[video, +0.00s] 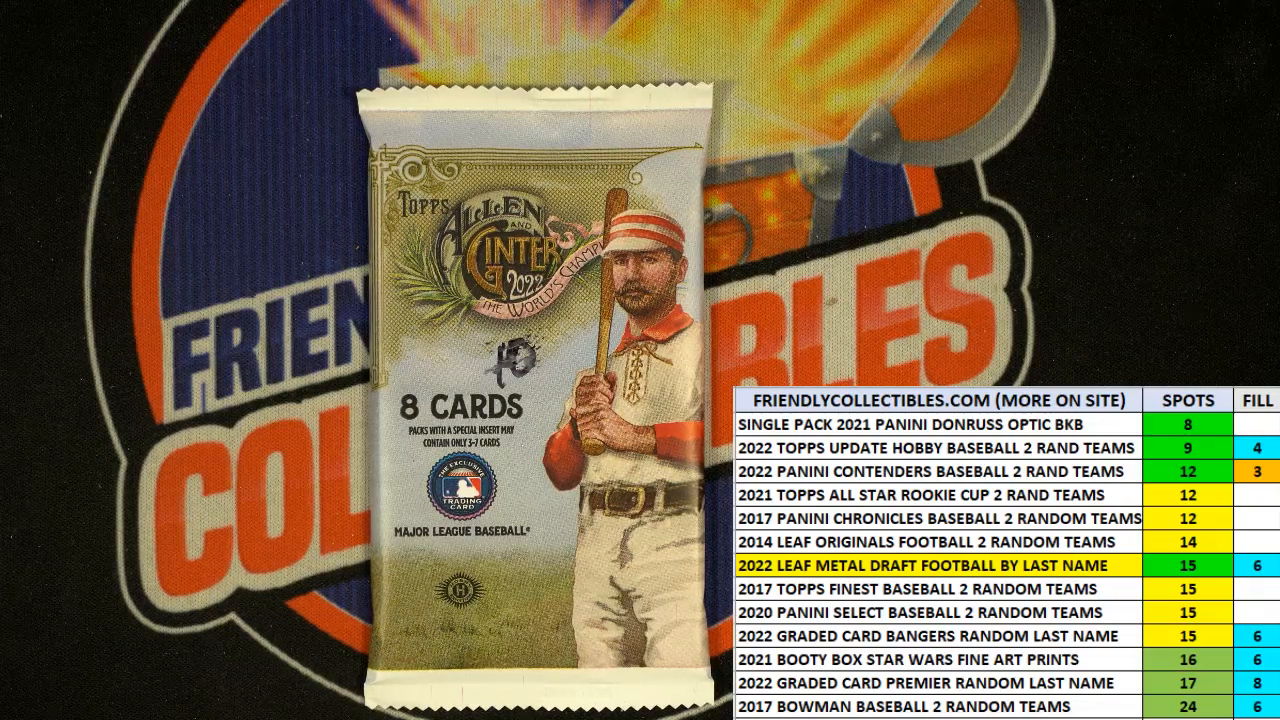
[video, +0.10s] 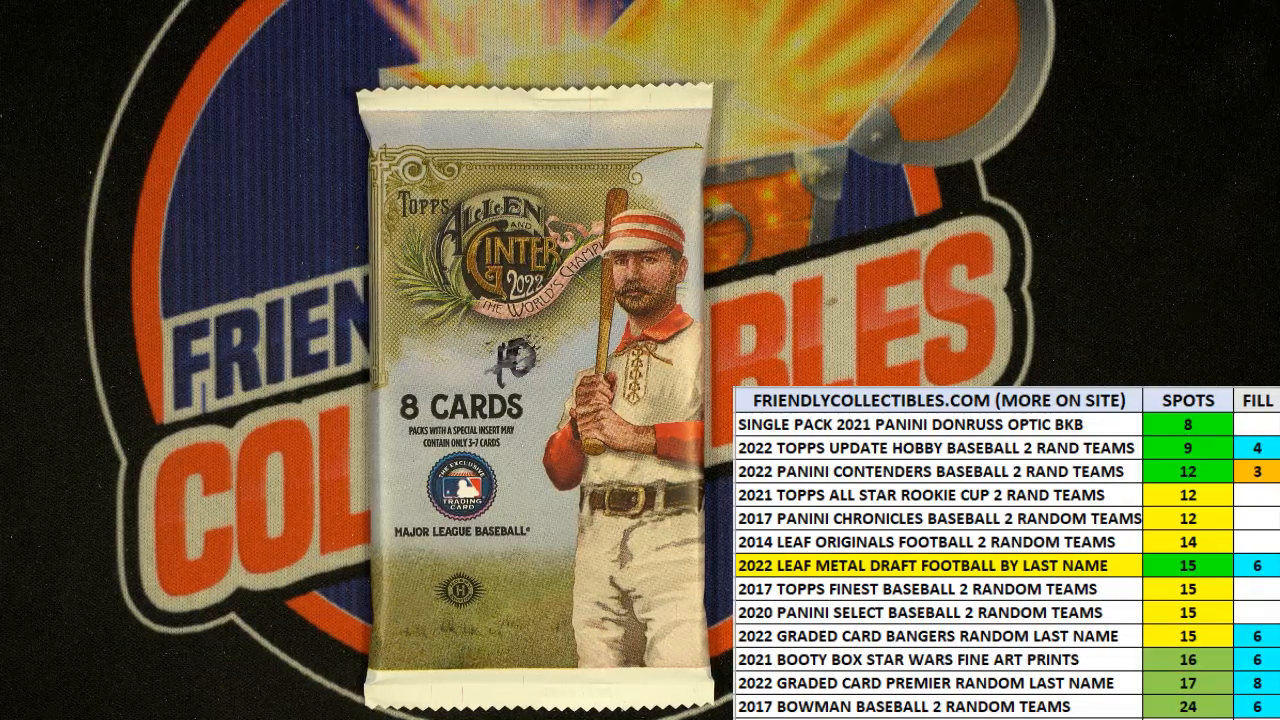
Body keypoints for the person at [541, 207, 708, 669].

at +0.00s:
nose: (631, 274)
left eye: (648, 259)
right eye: (620, 261)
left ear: (678, 270)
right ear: (609, 273)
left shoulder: (705, 346)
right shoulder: (604, 366)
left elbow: (724, 438)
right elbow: (561, 476)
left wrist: (632, 436)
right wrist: (577, 420)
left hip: (673, 530)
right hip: (597, 531)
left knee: (679, 685)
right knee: (601, 690)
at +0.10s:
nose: (631, 274)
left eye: (648, 259)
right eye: (620, 260)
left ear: (678, 270)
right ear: (608, 272)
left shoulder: (705, 346)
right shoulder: (605, 366)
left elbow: (725, 439)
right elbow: (561, 476)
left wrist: (635, 436)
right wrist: (577, 420)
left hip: (674, 530)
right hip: (597, 532)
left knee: (679, 687)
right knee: (601, 691)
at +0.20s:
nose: (631, 274)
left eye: (647, 259)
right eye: (620, 261)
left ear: (678, 270)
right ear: (609, 273)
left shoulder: (705, 346)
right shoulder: (604, 366)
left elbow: (725, 438)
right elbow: (560, 476)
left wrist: (634, 436)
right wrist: (577, 420)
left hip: (674, 530)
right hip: (597, 531)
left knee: (679, 685)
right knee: (600, 689)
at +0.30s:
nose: (631, 274)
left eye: (647, 259)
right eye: (620, 260)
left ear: (678, 270)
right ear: (609, 272)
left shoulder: (705, 346)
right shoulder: (604, 364)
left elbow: (725, 438)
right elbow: (561, 476)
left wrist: (635, 436)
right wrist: (576, 422)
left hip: (673, 530)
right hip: (597, 531)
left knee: (679, 684)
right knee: (600, 690)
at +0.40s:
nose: (631, 274)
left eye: (647, 259)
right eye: (620, 261)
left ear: (678, 270)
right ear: (609, 272)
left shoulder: (705, 346)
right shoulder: (605, 366)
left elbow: (724, 438)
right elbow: (560, 475)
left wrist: (633, 436)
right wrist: (577, 420)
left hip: (674, 530)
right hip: (597, 531)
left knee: (679, 685)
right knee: (600, 690)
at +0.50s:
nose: (630, 273)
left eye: (647, 259)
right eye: (620, 260)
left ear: (678, 269)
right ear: (609, 272)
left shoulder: (704, 346)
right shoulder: (604, 366)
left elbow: (724, 439)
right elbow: (561, 475)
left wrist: (635, 436)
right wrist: (576, 421)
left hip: (674, 530)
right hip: (597, 531)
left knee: (679, 686)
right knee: (600, 691)